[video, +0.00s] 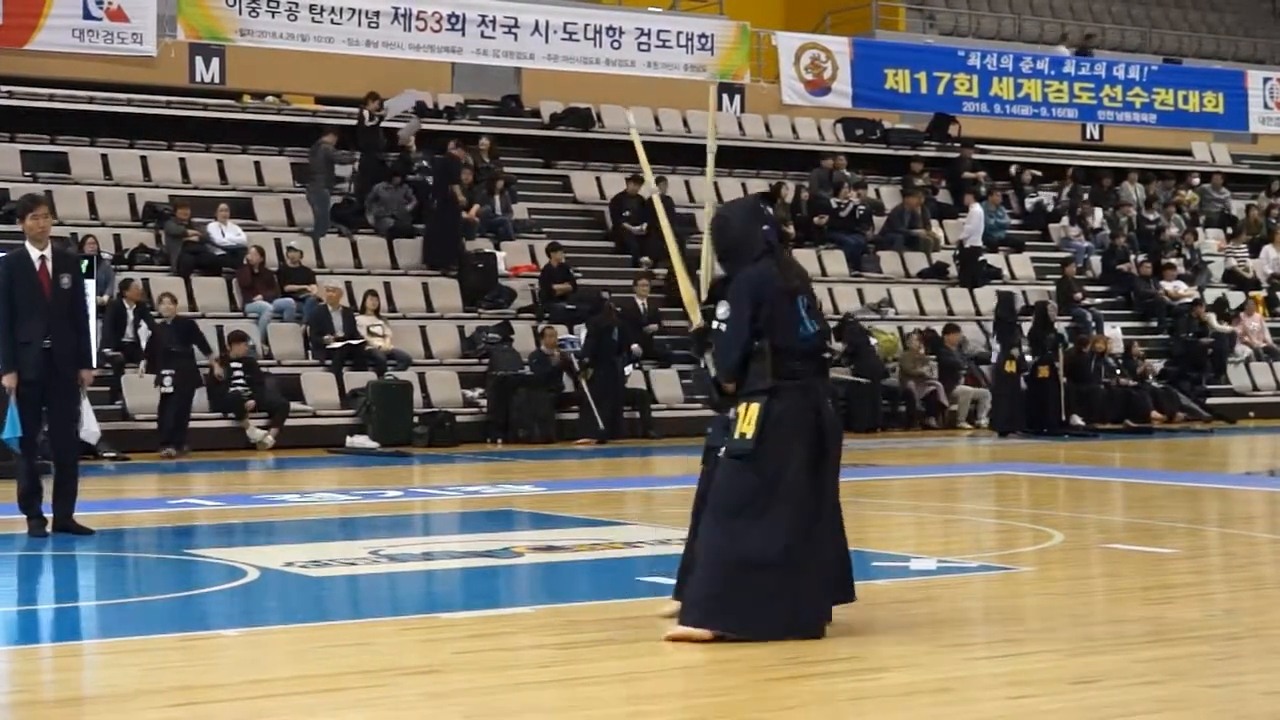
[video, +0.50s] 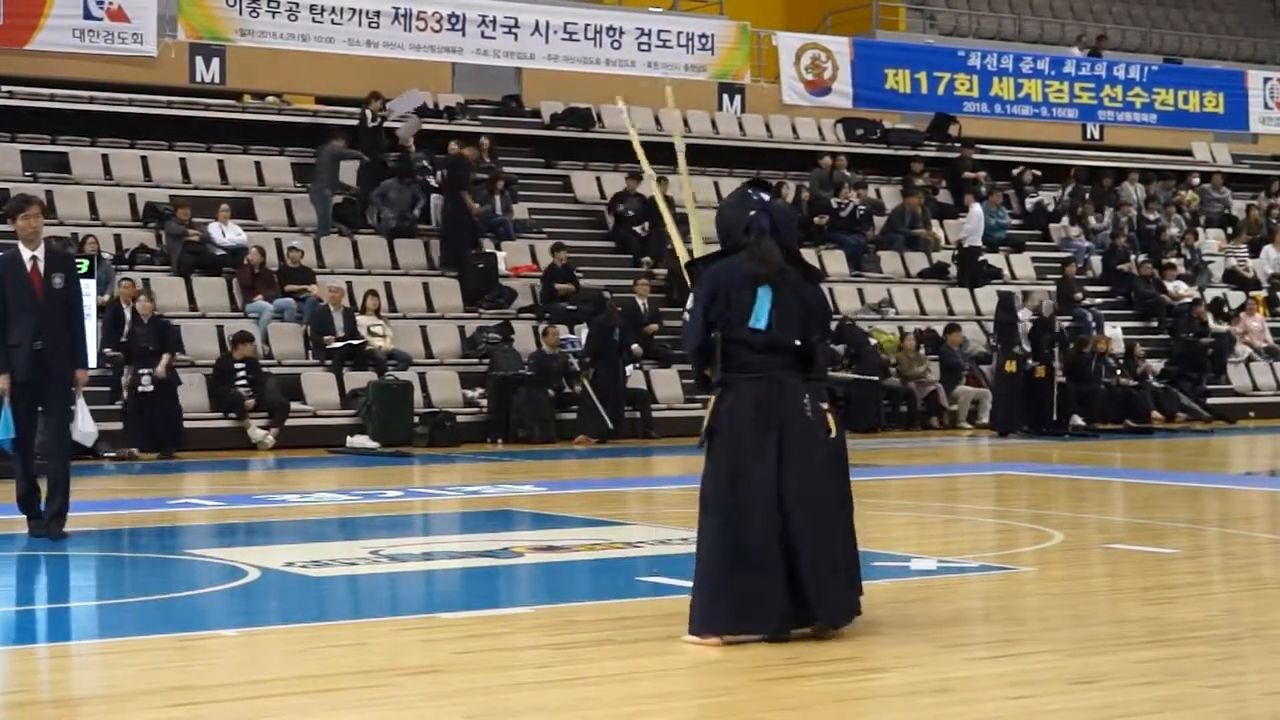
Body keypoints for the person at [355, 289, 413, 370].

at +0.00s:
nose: (374, 302)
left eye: (376, 300)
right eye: (371, 299)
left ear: (379, 302)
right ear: (365, 301)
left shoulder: (382, 319)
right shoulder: (358, 319)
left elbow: (388, 333)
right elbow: (362, 337)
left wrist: (387, 344)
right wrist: (377, 345)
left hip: (384, 346)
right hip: (370, 347)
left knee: (406, 358)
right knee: (381, 359)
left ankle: (393, 378)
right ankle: (381, 381)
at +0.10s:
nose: (374, 302)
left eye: (376, 300)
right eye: (371, 299)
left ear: (379, 302)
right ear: (365, 301)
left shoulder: (382, 319)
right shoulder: (358, 319)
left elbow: (388, 332)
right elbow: (362, 337)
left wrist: (387, 345)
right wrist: (377, 345)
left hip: (384, 345)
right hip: (370, 347)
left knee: (406, 358)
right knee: (381, 359)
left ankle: (393, 379)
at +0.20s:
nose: (374, 302)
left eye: (376, 300)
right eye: (371, 299)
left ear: (379, 302)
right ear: (365, 301)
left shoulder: (382, 319)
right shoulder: (358, 319)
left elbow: (388, 332)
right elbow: (362, 337)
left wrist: (387, 344)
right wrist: (377, 344)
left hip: (384, 345)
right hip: (370, 347)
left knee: (406, 358)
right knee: (381, 359)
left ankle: (393, 379)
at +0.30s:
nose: (374, 302)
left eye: (376, 300)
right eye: (371, 299)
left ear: (379, 302)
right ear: (365, 301)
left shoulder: (382, 319)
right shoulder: (358, 319)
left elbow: (388, 332)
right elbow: (362, 337)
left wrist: (387, 344)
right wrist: (377, 344)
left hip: (384, 345)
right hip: (370, 347)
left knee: (406, 358)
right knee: (381, 359)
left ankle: (393, 379)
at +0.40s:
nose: (374, 302)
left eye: (376, 300)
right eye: (371, 299)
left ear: (379, 302)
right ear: (365, 301)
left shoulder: (382, 319)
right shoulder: (358, 319)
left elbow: (389, 332)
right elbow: (362, 337)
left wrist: (387, 344)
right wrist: (377, 345)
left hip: (384, 345)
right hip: (370, 347)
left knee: (406, 358)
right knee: (381, 359)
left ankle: (393, 379)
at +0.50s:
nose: (374, 302)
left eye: (376, 299)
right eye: (371, 299)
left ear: (379, 302)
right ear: (365, 301)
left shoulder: (382, 319)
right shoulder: (358, 319)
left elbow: (389, 332)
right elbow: (362, 337)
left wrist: (387, 344)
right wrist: (377, 345)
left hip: (385, 345)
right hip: (370, 347)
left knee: (406, 358)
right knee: (381, 359)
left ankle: (394, 379)